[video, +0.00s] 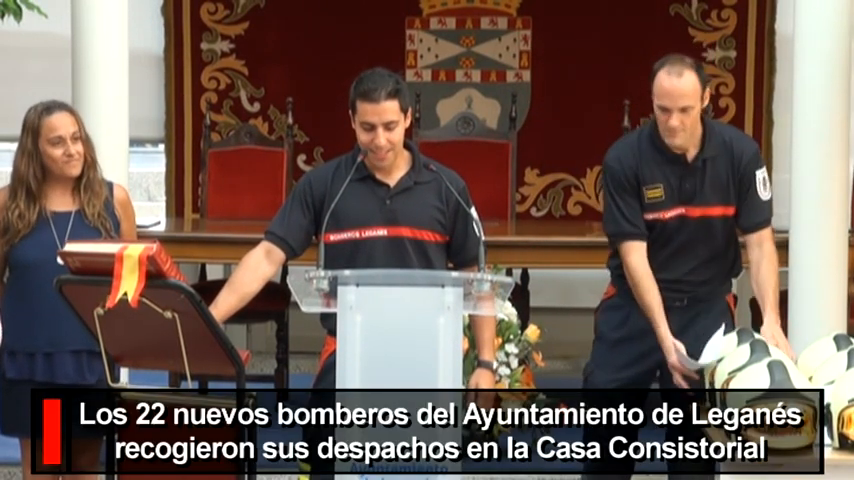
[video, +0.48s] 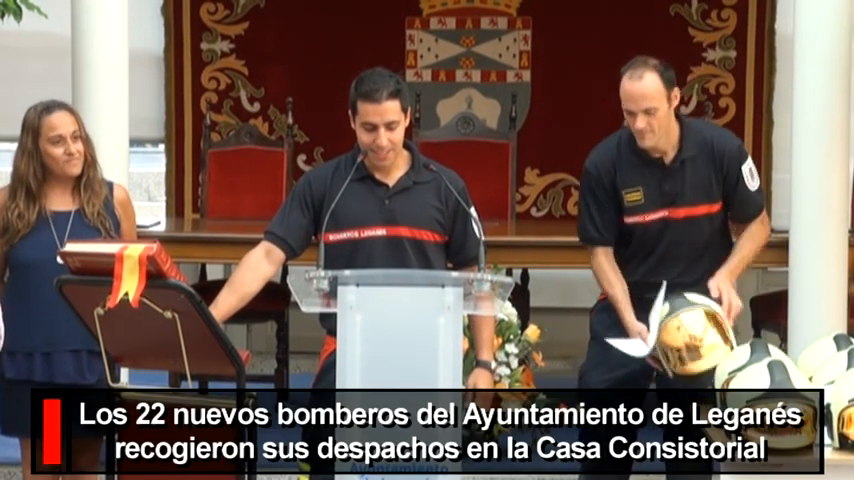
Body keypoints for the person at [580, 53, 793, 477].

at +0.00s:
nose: (674, 122)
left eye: (684, 110)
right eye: (664, 110)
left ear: (704, 100)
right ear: (651, 102)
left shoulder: (740, 153)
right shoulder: (625, 160)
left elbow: (759, 242)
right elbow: (633, 257)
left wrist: (771, 321)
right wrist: (664, 336)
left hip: (706, 310)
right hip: (634, 307)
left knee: (698, 441)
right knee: (605, 432)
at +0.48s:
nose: (639, 125)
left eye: (649, 112)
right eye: (630, 113)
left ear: (675, 101)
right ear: (621, 107)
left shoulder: (722, 150)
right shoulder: (604, 164)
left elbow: (758, 224)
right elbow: (601, 251)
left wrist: (726, 275)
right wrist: (631, 321)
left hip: (698, 312)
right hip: (625, 312)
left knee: (692, 446)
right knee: (601, 438)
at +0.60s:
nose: (637, 121)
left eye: (647, 108)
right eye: (628, 110)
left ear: (671, 96)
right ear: (618, 103)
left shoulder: (719, 147)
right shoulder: (600, 159)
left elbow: (763, 217)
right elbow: (586, 238)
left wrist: (718, 259)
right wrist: (606, 309)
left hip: (698, 314)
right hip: (625, 313)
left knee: (691, 445)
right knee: (600, 441)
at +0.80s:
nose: (623, 106)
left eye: (632, 94)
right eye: (616, 94)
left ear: (664, 86)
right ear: (610, 90)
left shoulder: (711, 146)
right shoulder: (597, 149)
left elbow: (748, 228)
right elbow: (585, 227)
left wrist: (686, 261)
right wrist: (579, 280)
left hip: (682, 321)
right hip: (610, 322)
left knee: (685, 454)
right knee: (583, 451)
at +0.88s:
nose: (612, 98)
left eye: (622, 86)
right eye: (608, 87)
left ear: (657, 82)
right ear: (605, 86)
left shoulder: (705, 145)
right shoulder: (597, 144)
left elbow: (741, 232)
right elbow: (582, 225)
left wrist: (671, 265)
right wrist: (570, 274)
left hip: (673, 324)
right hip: (603, 322)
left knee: (679, 460)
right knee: (572, 457)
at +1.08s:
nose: (585, 85)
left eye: (596, 75)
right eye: (584, 75)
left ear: (631, 74)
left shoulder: (674, 143)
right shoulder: (584, 141)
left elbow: (697, 241)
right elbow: (572, 225)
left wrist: (616, 263)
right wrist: (541, 247)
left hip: (646, 314)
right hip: (584, 313)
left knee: (659, 454)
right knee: (553, 450)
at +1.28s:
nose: (551, 78)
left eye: (562, 69)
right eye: (551, 68)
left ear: (598, 72)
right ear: (585, 71)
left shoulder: (625, 138)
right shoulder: (560, 138)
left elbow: (636, 243)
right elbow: (549, 211)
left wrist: (553, 263)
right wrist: (509, 238)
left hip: (601, 308)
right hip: (548, 307)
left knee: (625, 451)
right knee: (530, 445)